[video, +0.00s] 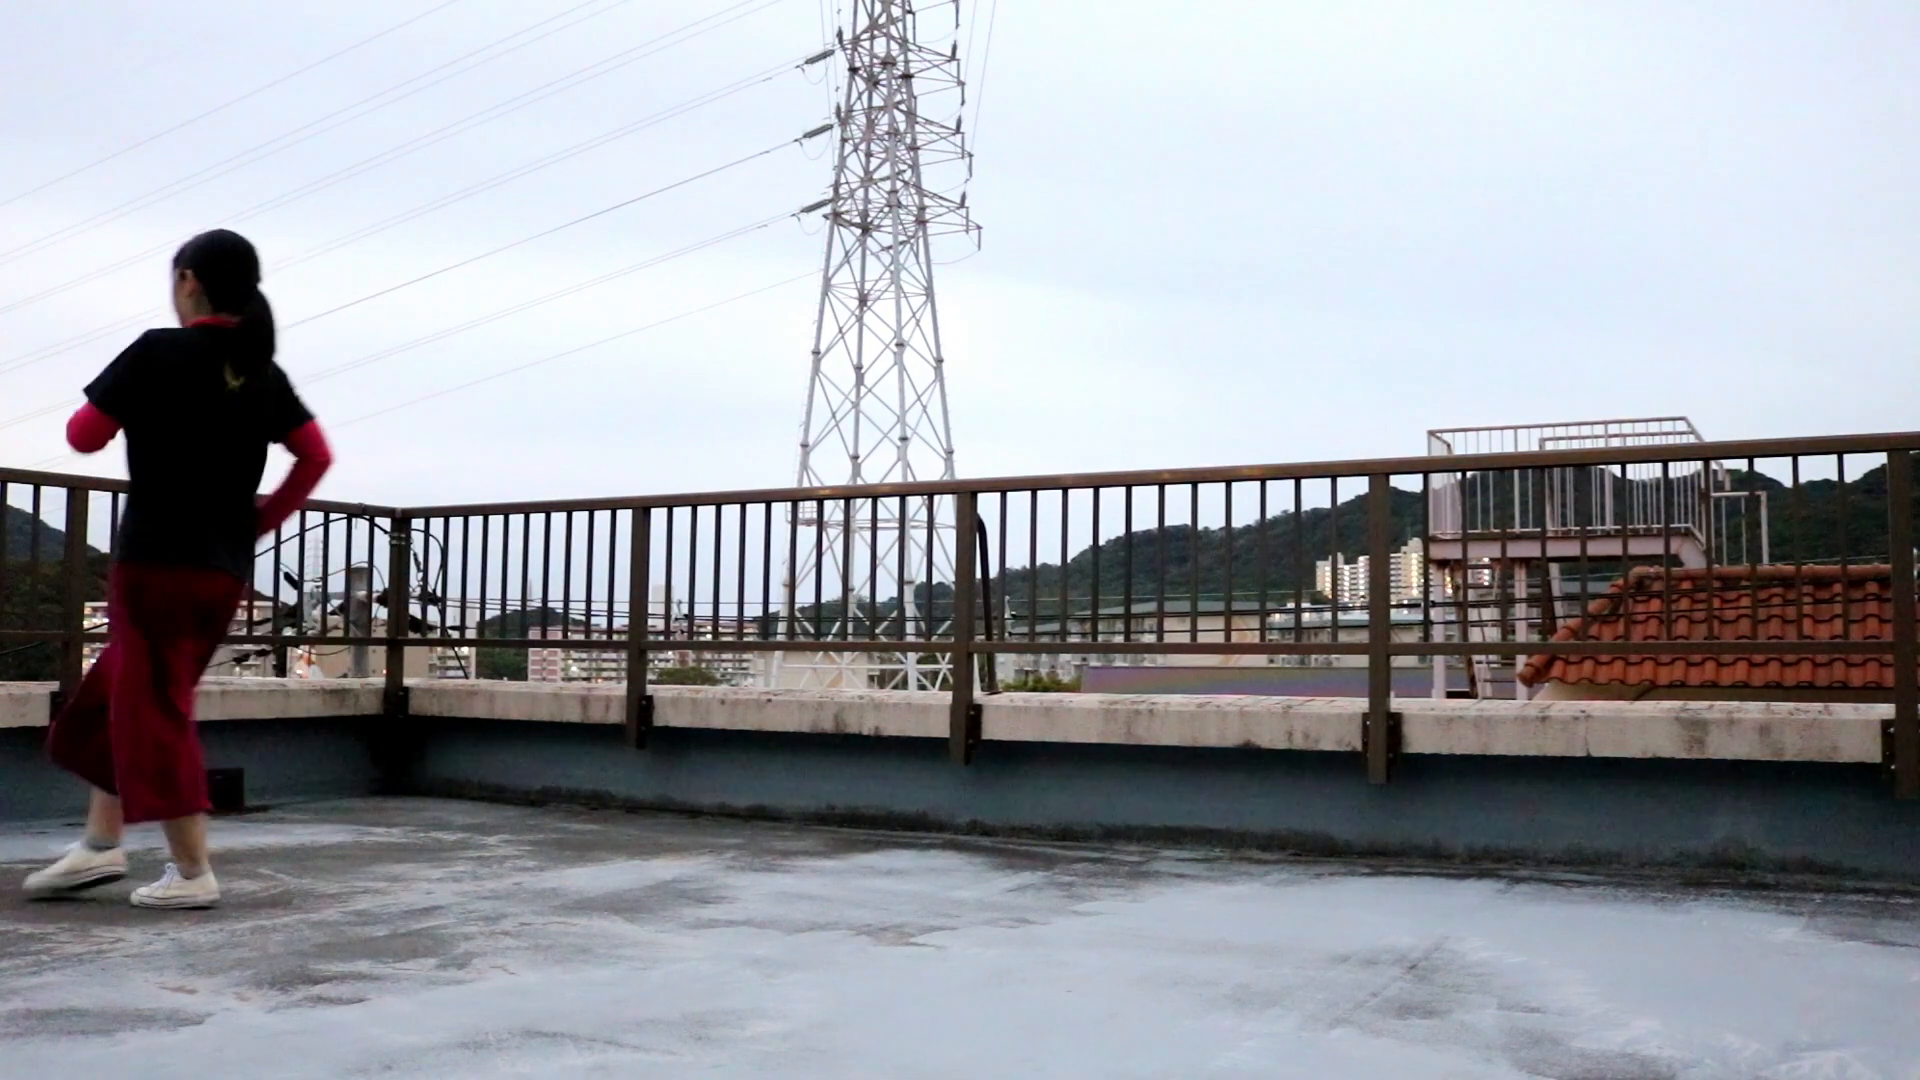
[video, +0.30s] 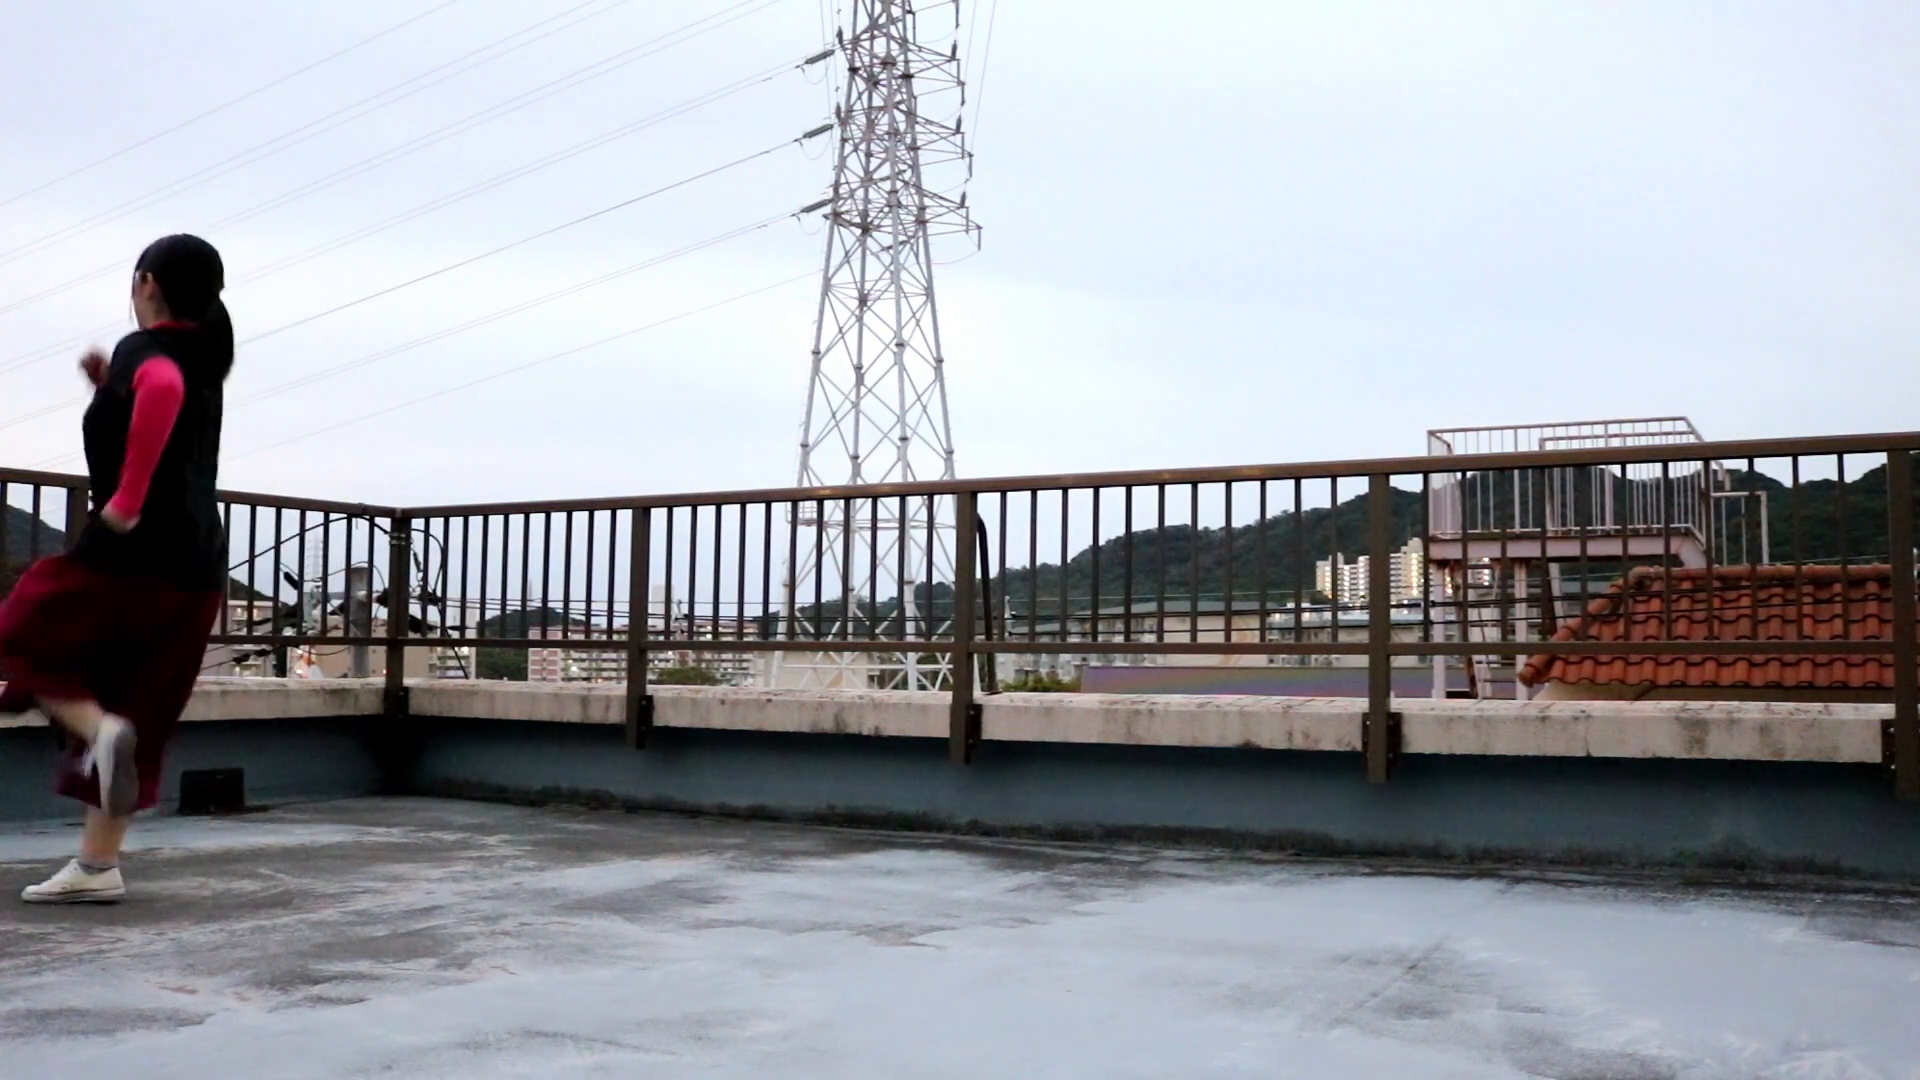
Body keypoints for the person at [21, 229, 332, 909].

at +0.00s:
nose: (172, 291)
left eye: (174, 280)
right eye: (174, 280)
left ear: (190, 284)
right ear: (246, 290)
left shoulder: (156, 351)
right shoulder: (262, 371)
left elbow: (84, 435)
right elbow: (317, 456)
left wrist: (125, 406)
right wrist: (264, 516)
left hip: (148, 561)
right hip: (224, 566)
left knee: (154, 706)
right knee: (126, 691)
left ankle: (194, 872)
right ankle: (100, 843)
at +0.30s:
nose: (133, 292)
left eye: (136, 282)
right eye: (138, 281)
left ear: (149, 287)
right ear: (203, 295)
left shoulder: (146, 347)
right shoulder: (203, 357)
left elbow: (166, 388)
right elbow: (156, 421)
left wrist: (127, 500)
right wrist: (109, 385)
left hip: (131, 549)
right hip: (195, 560)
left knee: (18, 638)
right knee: (137, 706)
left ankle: (97, 729)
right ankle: (97, 864)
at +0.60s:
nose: (176, 304)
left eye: (181, 294)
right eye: (181, 292)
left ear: (194, 303)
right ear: (251, 311)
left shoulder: (159, 381)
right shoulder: (262, 399)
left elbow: (106, 473)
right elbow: (291, 501)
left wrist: (64, 469)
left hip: (141, 584)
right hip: (210, 587)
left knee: (146, 729)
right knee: (123, 716)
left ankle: (244, 878)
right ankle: (94, 866)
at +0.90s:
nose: (268, 246)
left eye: (272, 236)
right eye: (274, 235)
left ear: (286, 247)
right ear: (343, 255)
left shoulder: (242, 313)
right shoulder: (362, 327)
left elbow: (131, 366)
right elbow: (451, 402)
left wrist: (155, 349)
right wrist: (448, 500)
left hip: (274, 548)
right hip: (352, 555)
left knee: (228, 691)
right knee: (218, 651)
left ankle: (269, 894)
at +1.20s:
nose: (416, 252)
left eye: (423, 240)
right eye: (422, 240)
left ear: (441, 250)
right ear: (481, 258)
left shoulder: (458, 328)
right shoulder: (459, 332)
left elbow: (481, 394)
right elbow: (423, 410)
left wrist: (474, 467)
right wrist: (366, 374)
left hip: (435, 565)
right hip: (506, 565)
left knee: (353, 709)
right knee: (530, 727)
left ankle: (290, 891)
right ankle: (573, 921)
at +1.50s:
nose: (585, 229)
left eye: (592, 215)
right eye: (589, 215)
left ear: (616, 219)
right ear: (658, 226)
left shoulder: (603, 300)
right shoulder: (679, 316)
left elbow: (601, 418)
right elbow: (696, 456)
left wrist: (560, 539)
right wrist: (627, 505)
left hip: (614, 559)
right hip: (677, 559)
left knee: (587, 741)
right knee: (626, 736)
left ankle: (781, 817)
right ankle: (583, 922)